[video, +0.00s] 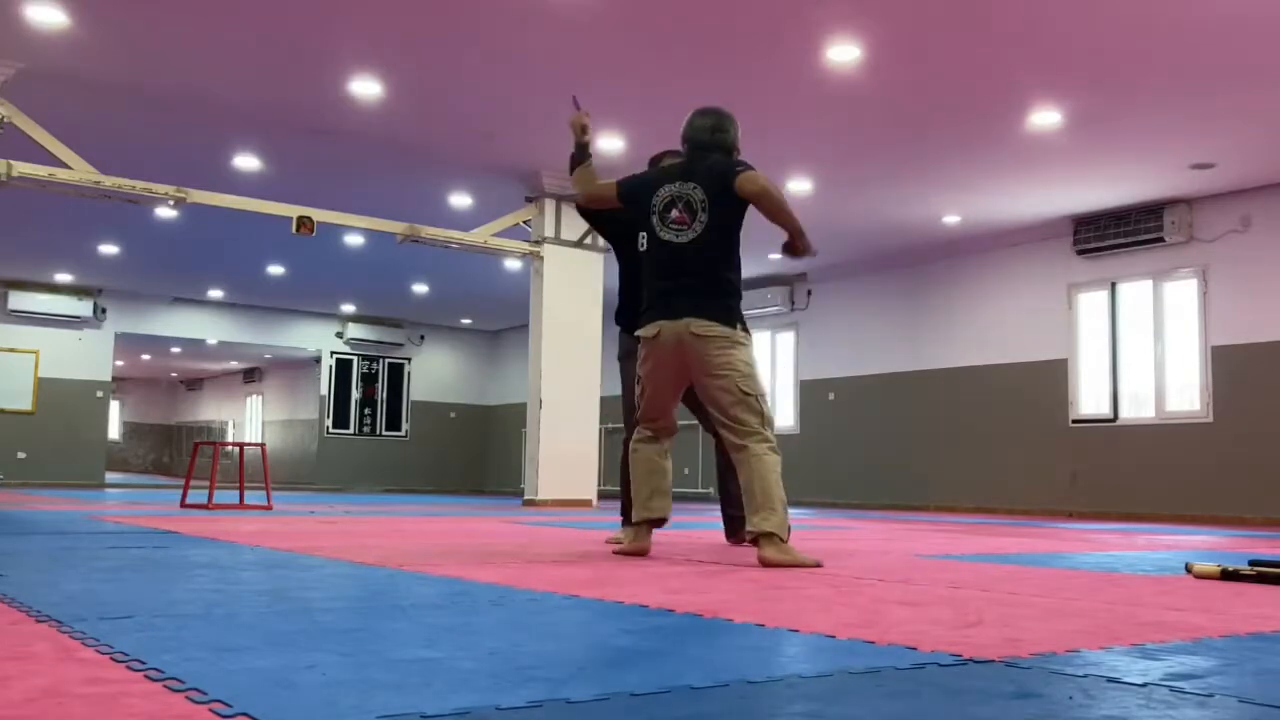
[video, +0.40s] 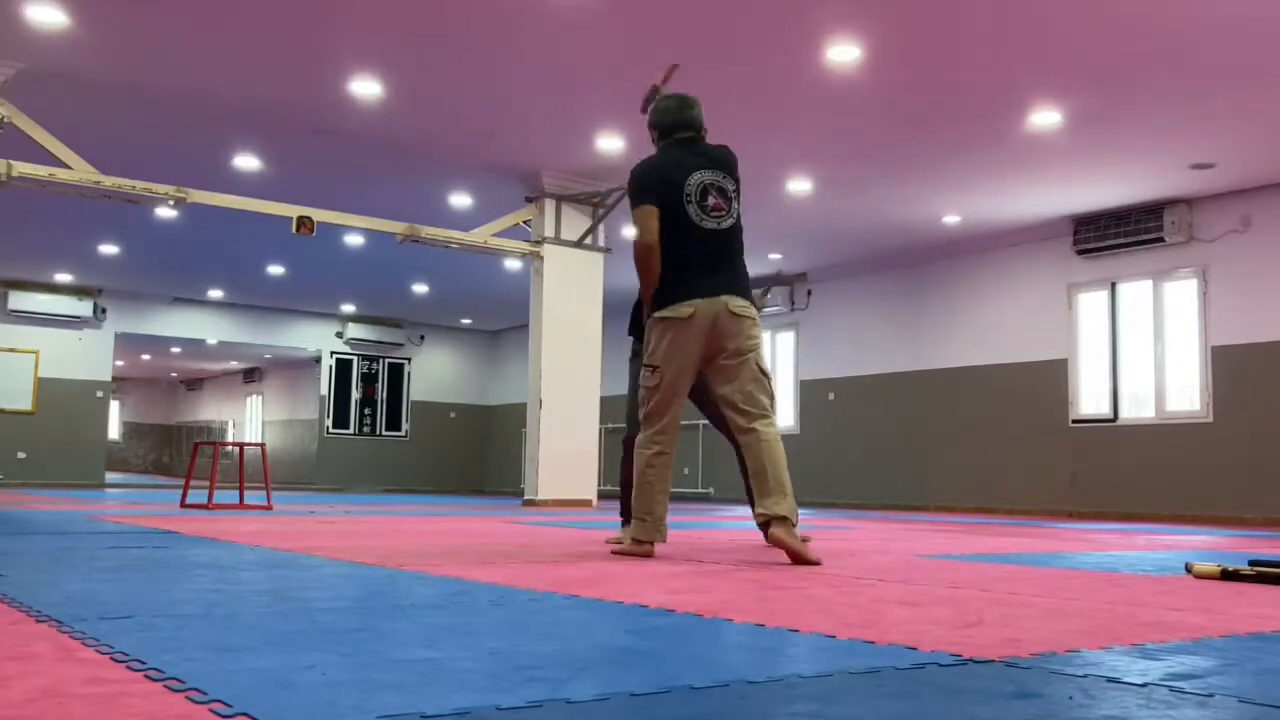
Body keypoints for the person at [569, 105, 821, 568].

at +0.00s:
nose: (738, 151)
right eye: (737, 143)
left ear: (682, 144)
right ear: (731, 145)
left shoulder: (650, 182)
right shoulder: (729, 169)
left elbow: (587, 194)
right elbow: (759, 189)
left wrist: (582, 145)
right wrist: (796, 234)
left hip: (657, 329)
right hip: (717, 327)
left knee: (651, 428)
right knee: (751, 433)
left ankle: (638, 532)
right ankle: (771, 540)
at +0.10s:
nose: (726, 141)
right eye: (725, 134)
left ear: (673, 136)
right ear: (722, 138)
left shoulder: (640, 180)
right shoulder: (724, 174)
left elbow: (585, 237)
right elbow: (775, 223)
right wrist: (801, 178)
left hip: (651, 323)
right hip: (711, 320)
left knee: (654, 428)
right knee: (745, 426)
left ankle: (640, 533)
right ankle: (767, 527)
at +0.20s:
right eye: (704, 125)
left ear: (654, 131)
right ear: (705, 130)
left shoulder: (629, 183)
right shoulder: (723, 172)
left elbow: (616, 260)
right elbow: (766, 214)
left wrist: (630, 320)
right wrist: (779, 150)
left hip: (652, 316)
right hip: (715, 311)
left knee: (648, 428)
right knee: (744, 417)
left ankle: (639, 534)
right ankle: (769, 517)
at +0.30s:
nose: (648, 130)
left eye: (649, 124)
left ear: (651, 129)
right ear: (701, 125)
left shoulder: (637, 174)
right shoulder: (725, 168)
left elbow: (621, 243)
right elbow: (733, 156)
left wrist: (629, 308)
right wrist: (736, 126)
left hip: (664, 310)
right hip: (725, 305)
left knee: (651, 428)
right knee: (751, 419)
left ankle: (640, 534)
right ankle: (775, 521)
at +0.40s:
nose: (652, 135)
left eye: (651, 127)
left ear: (654, 131)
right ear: (700, 127)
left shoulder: (648, 171)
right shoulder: (726, 160)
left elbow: (647, 241)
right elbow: (693, 147)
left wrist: (650, 303)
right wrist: (663, 113)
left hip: (677, 308)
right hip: (735, 304)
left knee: (657, 426)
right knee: (756, 419)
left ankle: (643, 534)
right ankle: (781, 522)